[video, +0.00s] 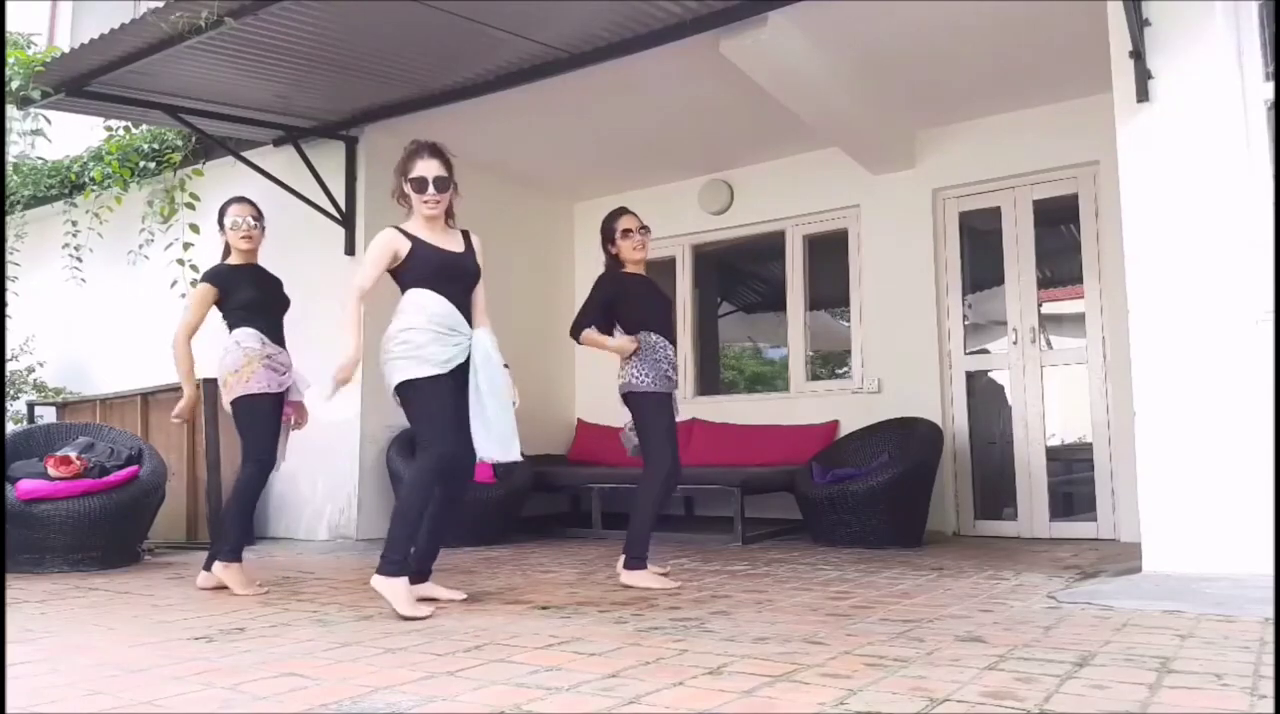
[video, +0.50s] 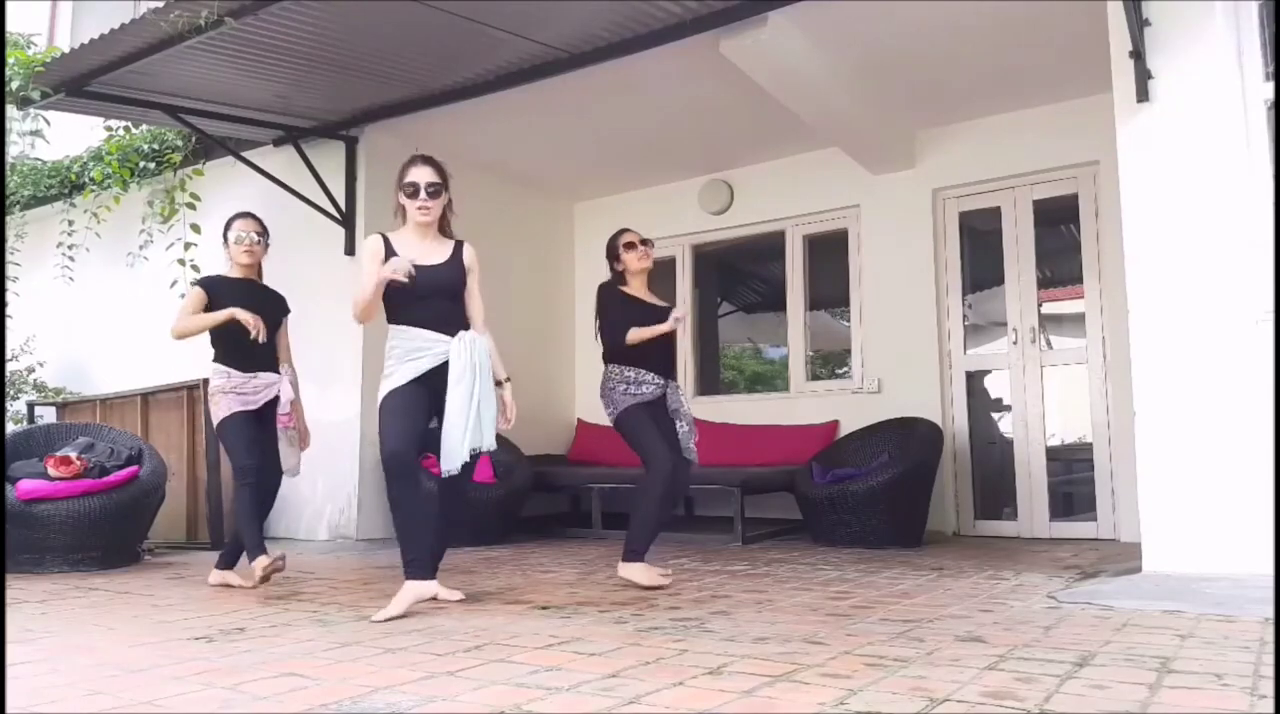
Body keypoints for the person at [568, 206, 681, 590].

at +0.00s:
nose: (638, 237)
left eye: (641, 230)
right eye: (627, 234)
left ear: (648, 237)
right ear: (612, 246)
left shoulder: (649, 281)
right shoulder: (612, 280)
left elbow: (653, 327)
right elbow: (579, 330)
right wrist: (614, 345)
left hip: (660, 384)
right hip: (642, 384)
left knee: (668, 470)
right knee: (659, 467)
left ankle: (635, 556)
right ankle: (634, 564)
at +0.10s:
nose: (639, 235)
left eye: (642, 228)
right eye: (628, 231)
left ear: (647, 233)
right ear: (613, 243)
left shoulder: (643, 277)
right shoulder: (617, 274)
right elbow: (583, 319)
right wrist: (600, 363)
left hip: (656, 376)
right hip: (643, 376)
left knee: (657, 469)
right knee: (655, 469)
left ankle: (634, 557)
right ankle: (634, 565)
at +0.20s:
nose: (641, 233)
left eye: (643, 227)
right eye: (630, 230)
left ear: (649, 233)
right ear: (616, 243)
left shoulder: (642, 276)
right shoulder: (622, 273)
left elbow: (633, 327)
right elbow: (604, 324)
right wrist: (606, 375)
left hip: (652, 378)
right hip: (639, 379)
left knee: (657, 469)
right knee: (658, 469)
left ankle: (632, 555)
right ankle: (635, 566)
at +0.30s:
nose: (642, 236)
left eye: (643, 229)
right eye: (630, 234)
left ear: (650, 237)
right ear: (617, 247)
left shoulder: (641, 280)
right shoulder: (624, 278)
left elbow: (642, 334)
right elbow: (619, 329)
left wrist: (662, 384)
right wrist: (635, 372)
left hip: (647, 377)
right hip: (635, 376)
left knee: (662, 467)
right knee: (661, 467)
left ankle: (633, 555)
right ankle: (636, 565)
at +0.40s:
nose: (642, 242)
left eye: (644, 237)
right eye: (631, 240)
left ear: (651, 246)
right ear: (617, 255)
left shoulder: (647, 293)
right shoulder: (619, 283)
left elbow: (645, 341)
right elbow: (622, 329)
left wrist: (667, 390)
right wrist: (665, 351)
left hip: (654, 385)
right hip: (628, 384)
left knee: (675, 463)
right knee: (661, 464)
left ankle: (634, 555)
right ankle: (635, 564)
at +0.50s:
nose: (640, 250)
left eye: (644, 244)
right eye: (629, 247)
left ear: (652, 252)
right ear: (616, 261)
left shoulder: (662, 304)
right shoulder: (610, 291)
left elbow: (666, 361)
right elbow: (617, 337)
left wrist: (676, 401)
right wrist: (666, 326)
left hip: (662, 392)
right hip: (625, 390)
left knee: (679, 470)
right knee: (661, 463)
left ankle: (636, 557)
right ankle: (631, 560)